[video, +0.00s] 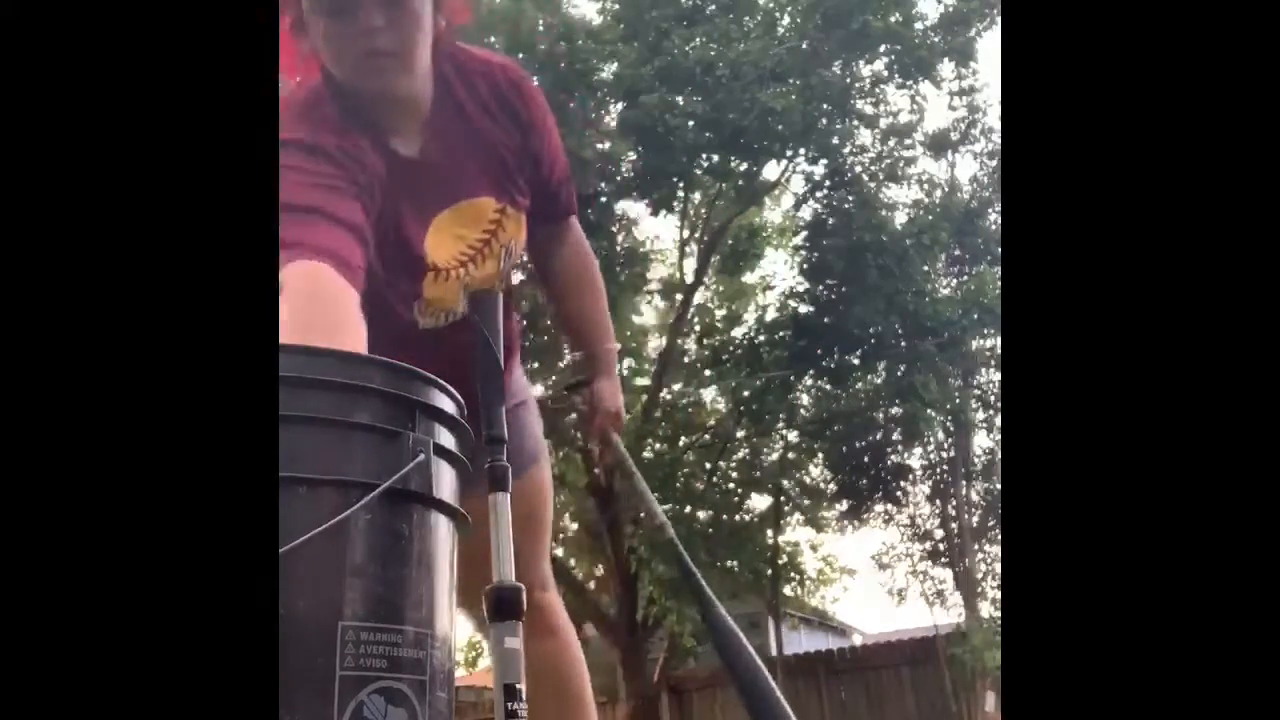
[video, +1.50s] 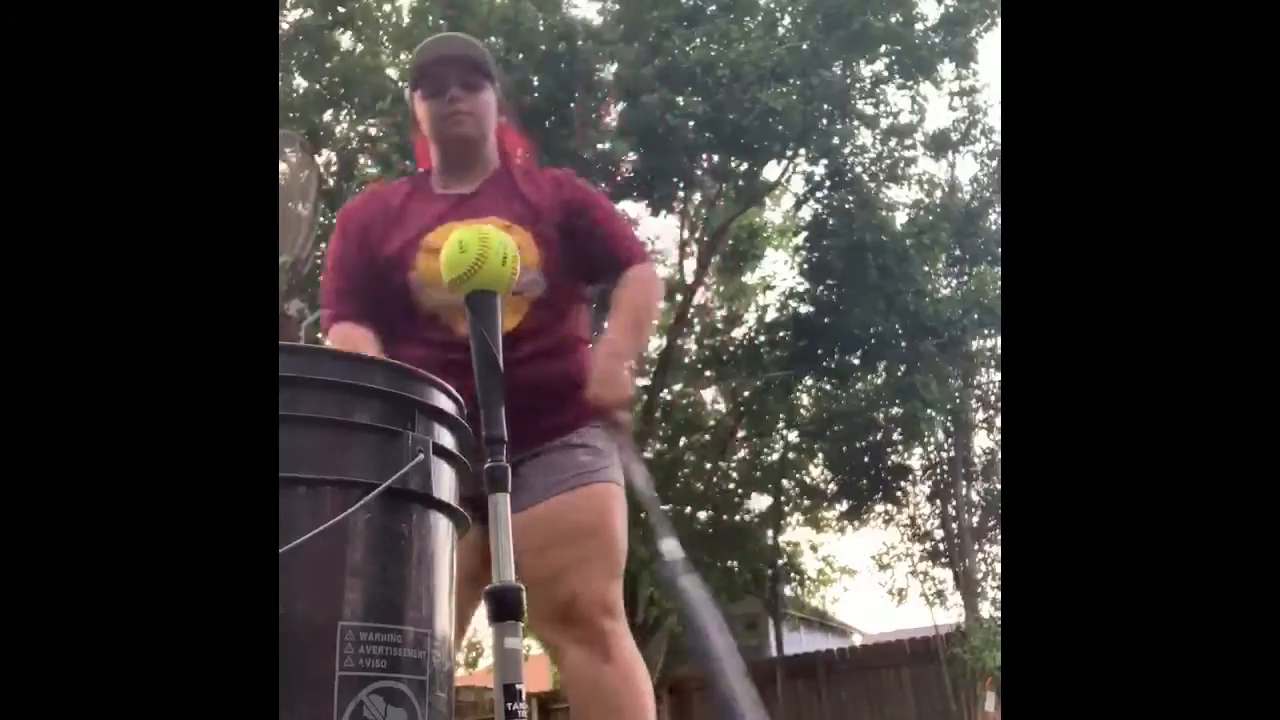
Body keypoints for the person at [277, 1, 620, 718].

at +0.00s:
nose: (375, 20)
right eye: (344, 4)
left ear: (435, 9)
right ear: (306, 23)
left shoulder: (503, 92)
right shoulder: (306, 128)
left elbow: (559, 234)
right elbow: (312, 280)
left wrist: (604, 367)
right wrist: (323, 455)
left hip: (488, 381)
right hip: (369, 390)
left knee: (528, 599)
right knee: (351, 604)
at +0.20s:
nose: (422, 21)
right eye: (389, 4)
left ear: (480, 14)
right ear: (351, 33)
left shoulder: (529, 101)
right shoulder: (340, 141)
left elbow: (570, 241)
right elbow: (318, 273)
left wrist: (617, 369)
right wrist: (310, 437)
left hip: (505, 390)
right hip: (380, 402)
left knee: (562, 599)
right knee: (379, 620)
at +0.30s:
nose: (465, 18)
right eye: (433, 3)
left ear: (513, 13)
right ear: (392, 28)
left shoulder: (555, 113)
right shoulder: (349, 143)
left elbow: (588, 248)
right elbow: (300, 244)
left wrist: (640, 358)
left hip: (518, 403)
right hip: (387, 412)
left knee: (589, 614)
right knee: (374, 634)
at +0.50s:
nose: (541, 27)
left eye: (556, 7)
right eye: (515, 10)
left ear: (581, 22)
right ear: (479, 30)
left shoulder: (625, 148)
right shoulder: (421, 133)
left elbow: (651, 273)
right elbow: (316, 256)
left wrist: (691, 375)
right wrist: (343, 214)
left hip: (578, 428)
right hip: (440, 425)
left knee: (632, 642)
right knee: (410, 646)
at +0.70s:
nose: (584, 42)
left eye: (603, 26)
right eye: (564, 27)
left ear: (630, 43)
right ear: (536, 45)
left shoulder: (671, 156)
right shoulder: (490, 136)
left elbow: (705, 281)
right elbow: (398, 208)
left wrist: (729, 389)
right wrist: (421, 205)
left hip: (632, 426)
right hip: (496, 417)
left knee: (650, 631)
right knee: (460, 607)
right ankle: (390, 707)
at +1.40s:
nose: (486, 90)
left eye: (502, 77)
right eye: (467, 80)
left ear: (528, 92)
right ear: (445, 98)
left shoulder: (587, 192)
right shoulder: (400, 199)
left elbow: (662, 280)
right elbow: (364, 291)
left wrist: (672, 356)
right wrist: (414, 324)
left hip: (573, 440)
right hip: (450, 446)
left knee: (601, 621)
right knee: (426, 645)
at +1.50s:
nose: (455, 97)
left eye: (471, 84)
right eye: (437, 88)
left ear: (497, 101)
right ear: (416, 111)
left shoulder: (555, 194)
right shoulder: (370, 215)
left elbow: (639, 272)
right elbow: (347, 325)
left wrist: (615, 356)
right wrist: (380, 412)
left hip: (556, 442)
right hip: (433, 451)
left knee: (591, 623)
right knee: (410, 642)